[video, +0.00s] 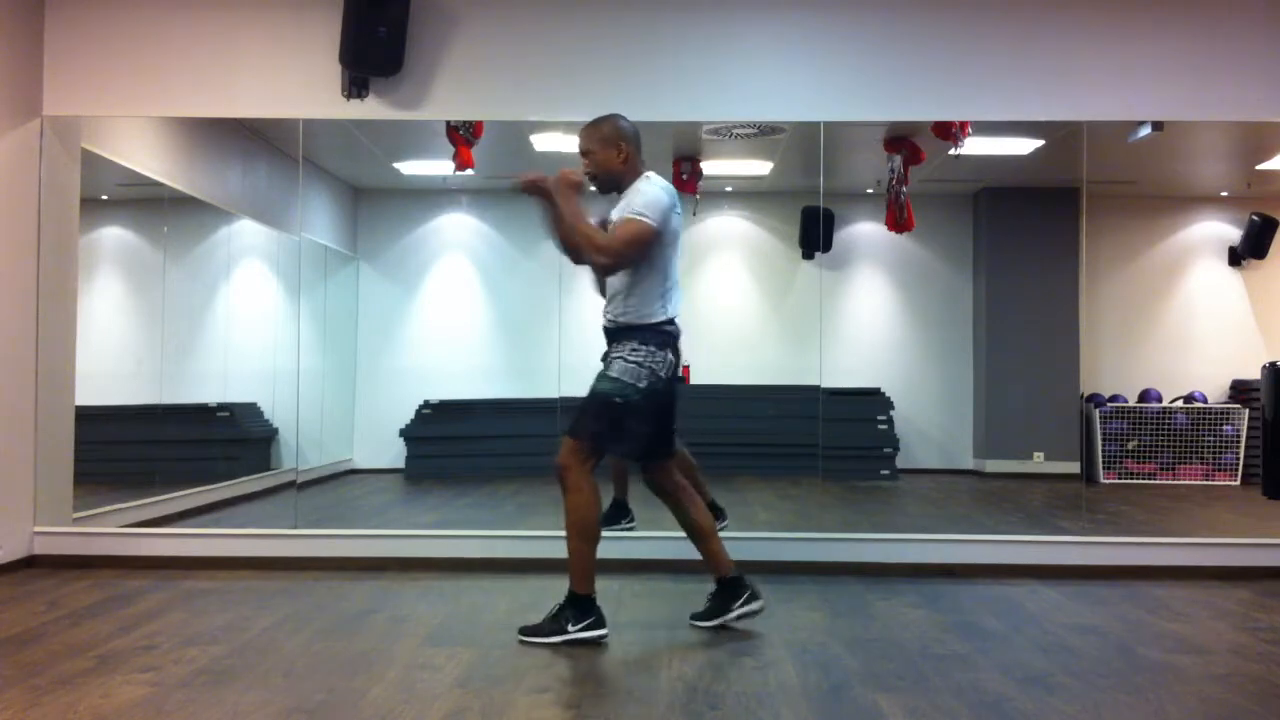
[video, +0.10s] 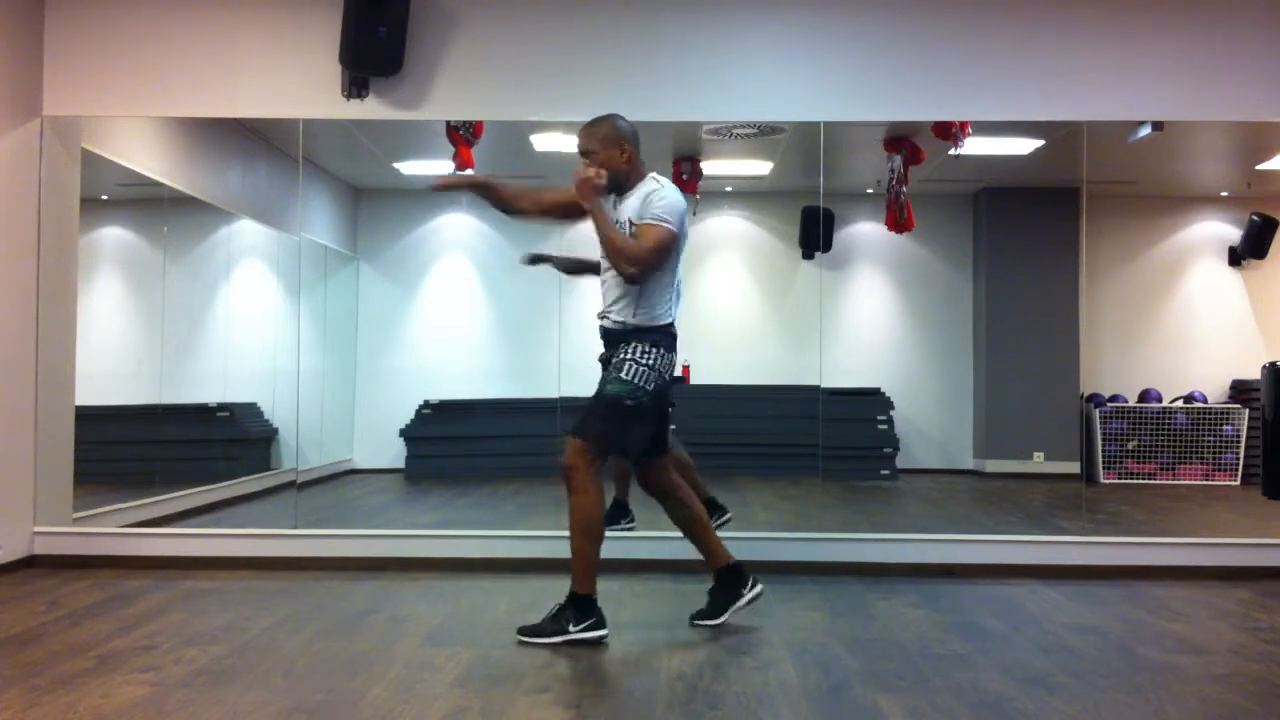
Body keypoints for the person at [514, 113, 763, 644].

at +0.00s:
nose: (585, 165)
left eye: (589, 155)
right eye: (583, 156)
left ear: (621, 151)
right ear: (620, 152)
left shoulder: (653, 192)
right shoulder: (624, 199)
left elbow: (607, 255)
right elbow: (580, 251)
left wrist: (568, 199)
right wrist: (552, 201)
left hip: (642, 350)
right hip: (637, 348)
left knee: (574, 461)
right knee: (662, 472)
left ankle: (581, 605)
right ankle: (731, 584)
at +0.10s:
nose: (587, 167)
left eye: (592, 156)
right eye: (584, 158)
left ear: (626, 152)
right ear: (612, 155)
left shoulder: (665, 199)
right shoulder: (613, 195)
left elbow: (633, 263)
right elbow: (532, 203)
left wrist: (593, 204)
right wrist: (478, 182)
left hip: (645, 349)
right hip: (623, 346)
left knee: (580, 460)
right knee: (656, 473)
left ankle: (582, 605)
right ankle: (729, 575)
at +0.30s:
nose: (576, 169)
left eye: (581, 159)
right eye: (573, 160)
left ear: (614, 153)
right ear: (608, 154)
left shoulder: (649, 198)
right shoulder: (608, 199)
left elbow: (607, 268)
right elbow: (542, 229)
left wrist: (582, 206)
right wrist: (497, 192)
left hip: (641, 351)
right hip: (623, 350)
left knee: (576, 463)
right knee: (646, 472)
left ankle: (582, 606)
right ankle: (722, 576)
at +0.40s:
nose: (570, 171)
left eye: (574, 161)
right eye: (568, 162)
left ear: (604, 156)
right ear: (609, 156)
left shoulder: (626, 194)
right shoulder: (642, 194)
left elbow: (567, 253)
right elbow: (588, 262)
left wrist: (551, 199)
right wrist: (566, 207)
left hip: (633, 349)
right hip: (654, 347)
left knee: (561, 464)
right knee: (662, 472)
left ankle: (579, 607)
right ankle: (711, 593)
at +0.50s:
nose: (578, 177)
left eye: (581, 167)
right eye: (577, 168)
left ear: (606, 159)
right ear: (621, 158)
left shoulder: (605, 192)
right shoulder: (673, 200)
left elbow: (529, 223)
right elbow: (648, 282)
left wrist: (488, 189)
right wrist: (583, 283)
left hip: (624, 350)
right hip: (670, 351)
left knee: (555, 462)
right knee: (680, 472)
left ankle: (561, 603)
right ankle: (712, 598)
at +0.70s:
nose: (584, 181)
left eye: (585, 172)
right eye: (582, 173)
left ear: (607, 160)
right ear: (628, 159)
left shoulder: (606, 189)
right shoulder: (678, 206)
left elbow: (522, 226)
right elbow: (637, 292)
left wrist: (472, 195)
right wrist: (564, 278)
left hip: (620, 349)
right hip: (666, 353)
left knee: (549, 463)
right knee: (680, 475)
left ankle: (553, 602)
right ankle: (714, 598)